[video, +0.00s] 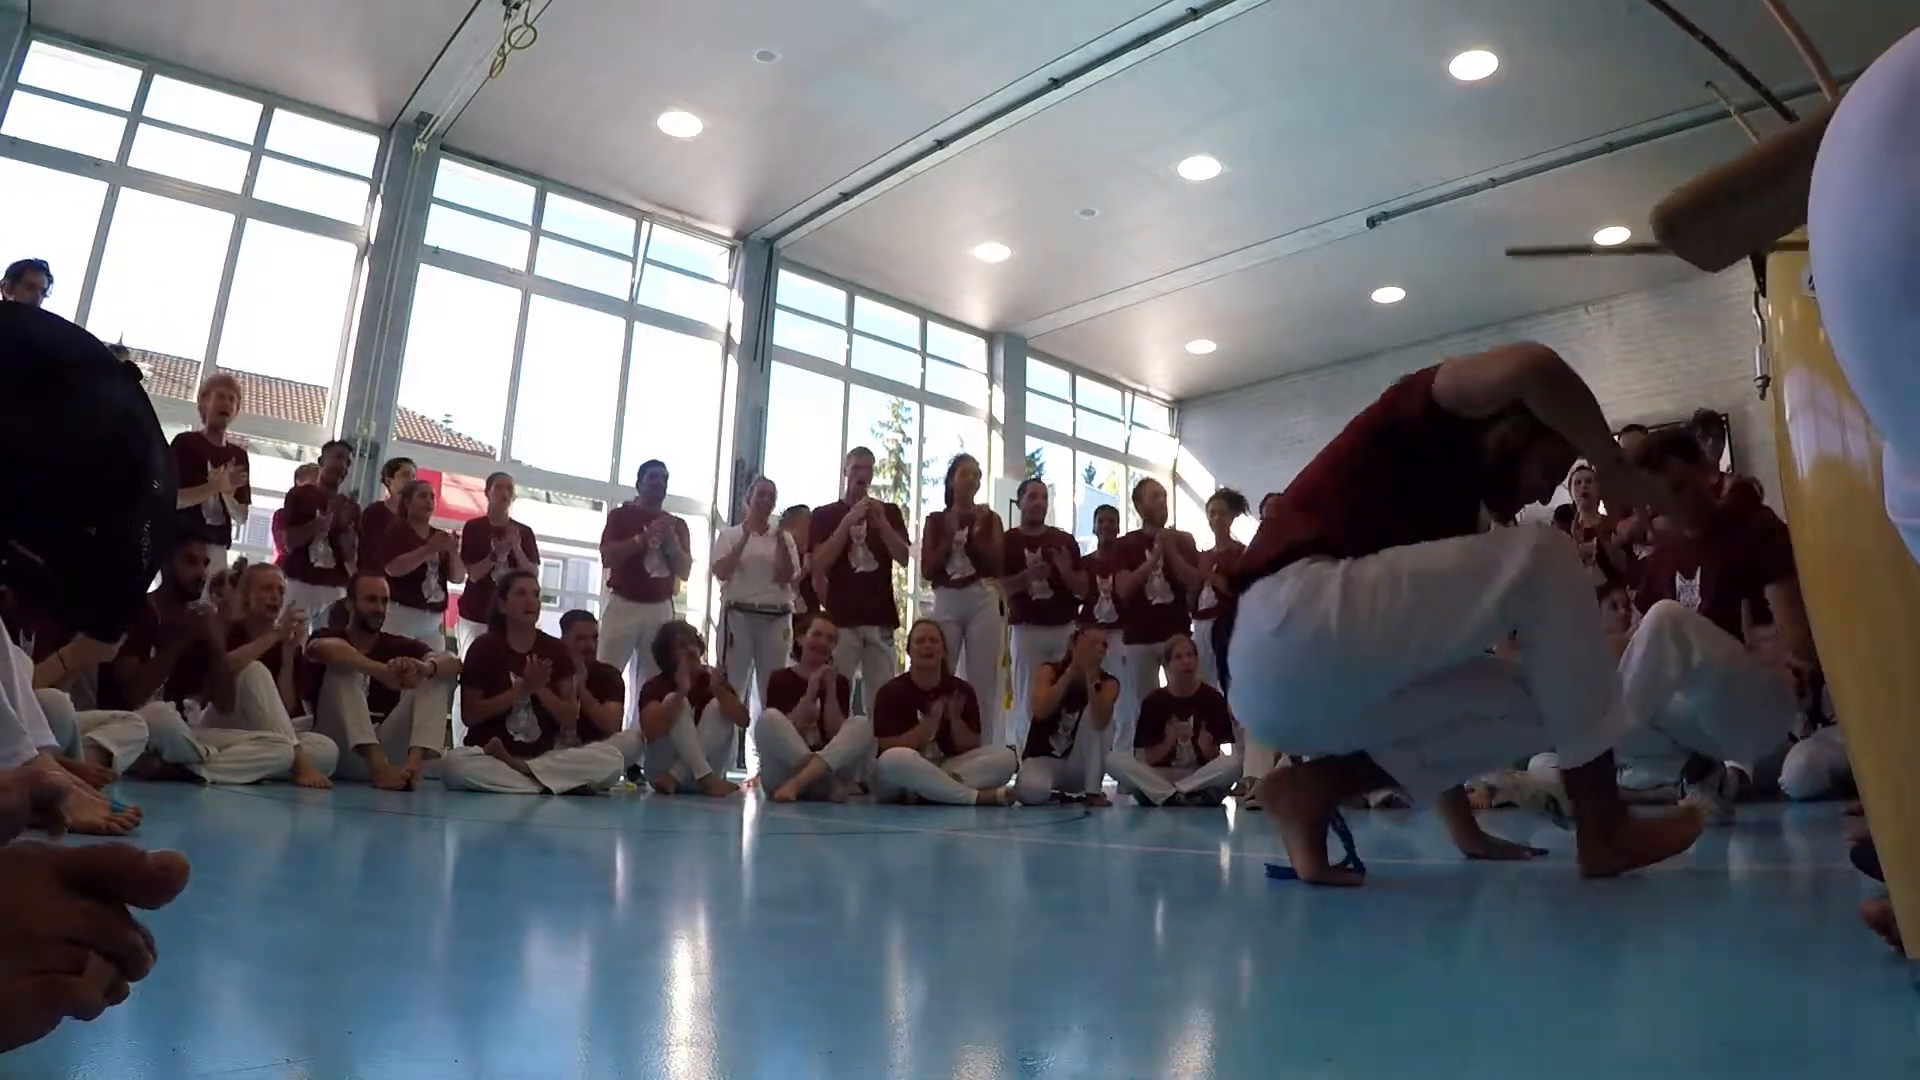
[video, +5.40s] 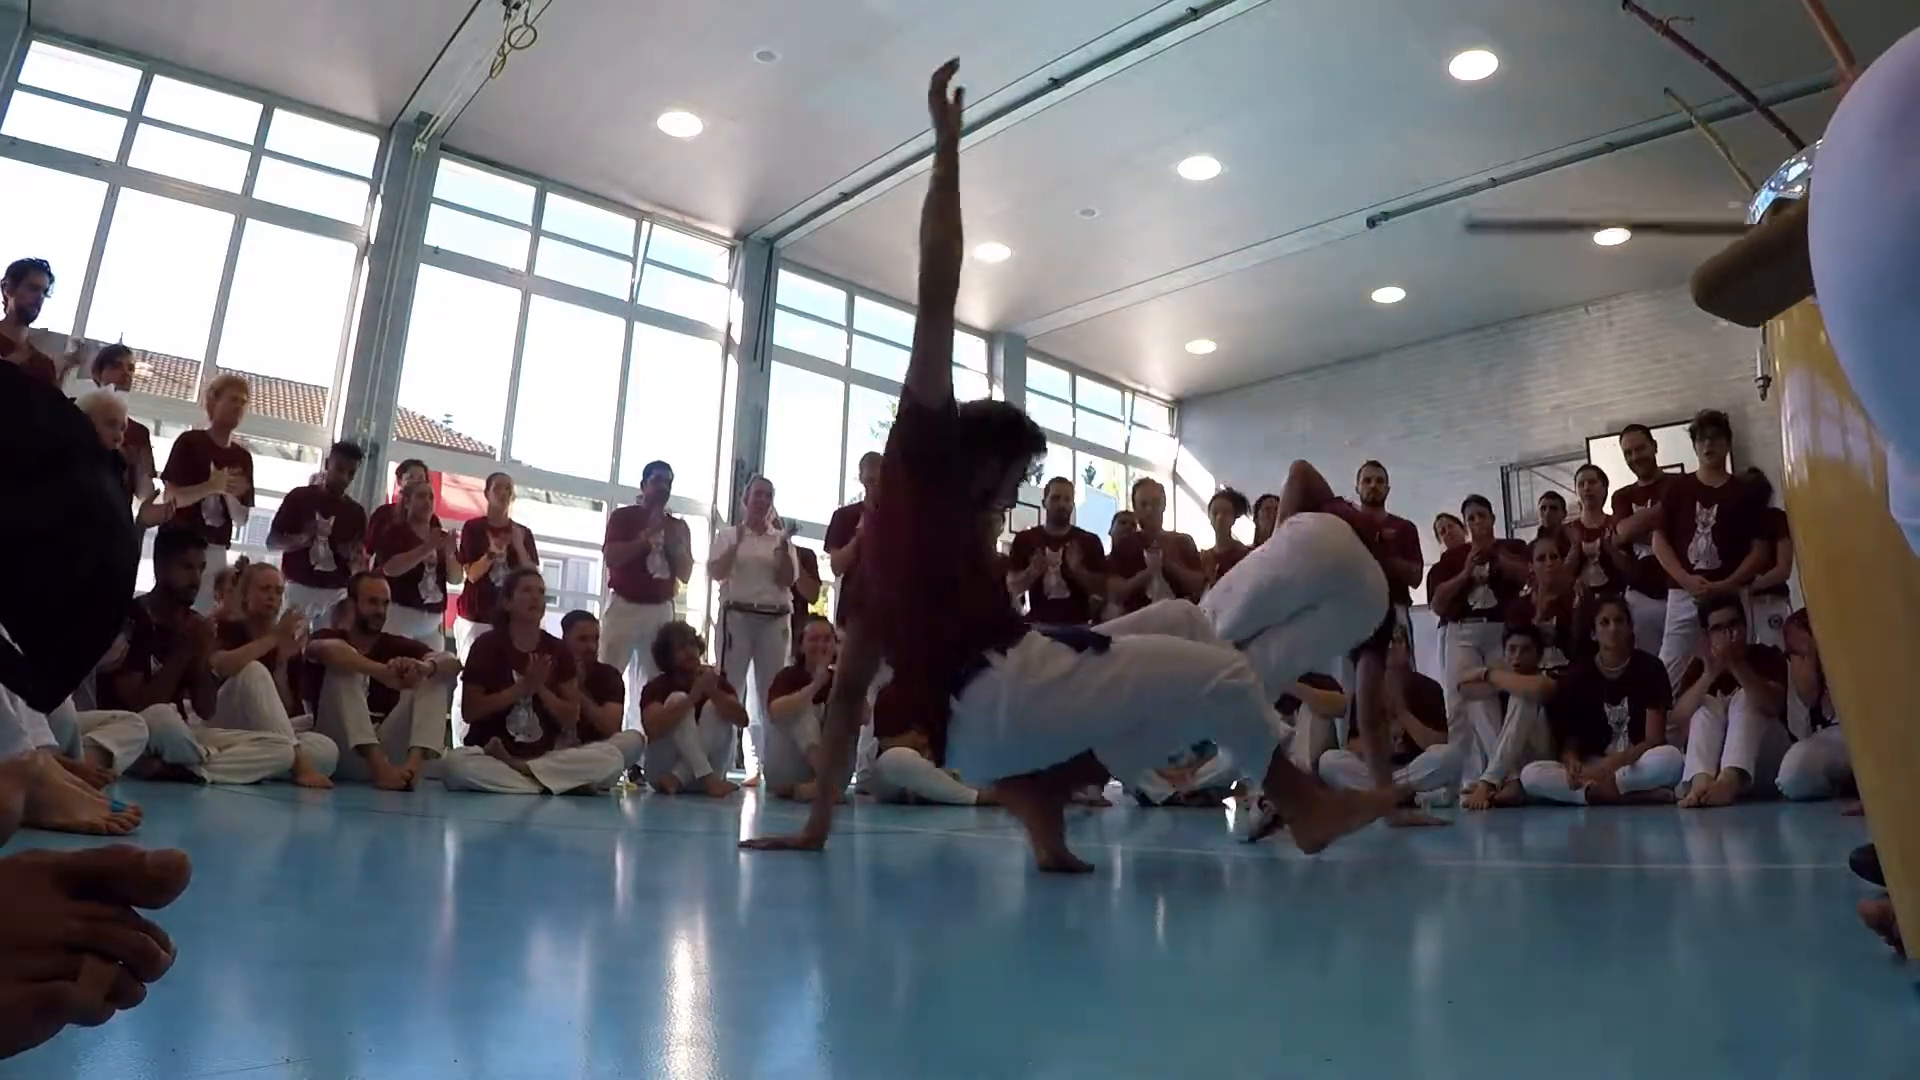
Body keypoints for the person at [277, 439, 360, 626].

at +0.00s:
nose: (343, 466)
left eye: (348, 462)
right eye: (338, 457)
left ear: (349, 469)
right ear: (321, 460)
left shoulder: (349, 506)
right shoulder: (298, 495)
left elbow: (351, 556)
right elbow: (288, 541)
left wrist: (343, 525)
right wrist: (317, 526)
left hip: (334, 586)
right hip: (299, 582)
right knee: (289, 648)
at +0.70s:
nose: (343, 467)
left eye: (349, 463)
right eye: (338, 460)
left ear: (352, 470)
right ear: (325, 461)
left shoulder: (355, 511)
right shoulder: (300, 496)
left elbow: (354, 564)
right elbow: (279, 542)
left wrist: (338, 541)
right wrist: (314, 538)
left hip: (335, 590)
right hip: (297, 585)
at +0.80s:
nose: (344, 466)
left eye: (350, 462)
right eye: (339, 458)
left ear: (352, 468)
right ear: (324, 461)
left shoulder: (356, 511)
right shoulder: (297, 498)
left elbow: (358, 555)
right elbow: (272, 541)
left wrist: (350, 561)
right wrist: (300, 548)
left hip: (335, 593)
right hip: (296, 588)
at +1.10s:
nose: (339, 466)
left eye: (344, 462)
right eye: (333, 459)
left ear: (348, 468)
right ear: (320, 462)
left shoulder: (353, 509)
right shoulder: (299, 497)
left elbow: (356, 557)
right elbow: (291, 541)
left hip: (335, 587)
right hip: (299, 582)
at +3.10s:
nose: (339, 475)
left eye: (345, 469)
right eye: (333, 467)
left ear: (349, 473)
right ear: (321, 464)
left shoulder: (354, 510)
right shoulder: (294, 501)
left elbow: (359, 557)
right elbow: (266, 542)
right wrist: (294, 551)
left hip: (337, 592)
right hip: (300, 588)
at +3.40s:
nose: (335, 474)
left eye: (341, 468)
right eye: (330, 466)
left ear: (345, 471)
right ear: (317, 464)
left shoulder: (353, 508)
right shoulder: (296, 499)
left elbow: (354, 555)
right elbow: (292, 547)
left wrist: (346, 529)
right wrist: (320, 533)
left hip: (336, 589)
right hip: (302, 584)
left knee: (331, 654)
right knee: (292, 650)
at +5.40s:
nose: (344, 477)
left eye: (350, 472)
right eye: (339, 469)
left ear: (354, 475)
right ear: (327, 465)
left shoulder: (356, 512)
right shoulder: (298, 497)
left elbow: (359, 558)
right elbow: (272, 542)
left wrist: (351, 554)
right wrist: (305, 538)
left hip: (335, 593)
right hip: (299, 589)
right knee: (289, 654)